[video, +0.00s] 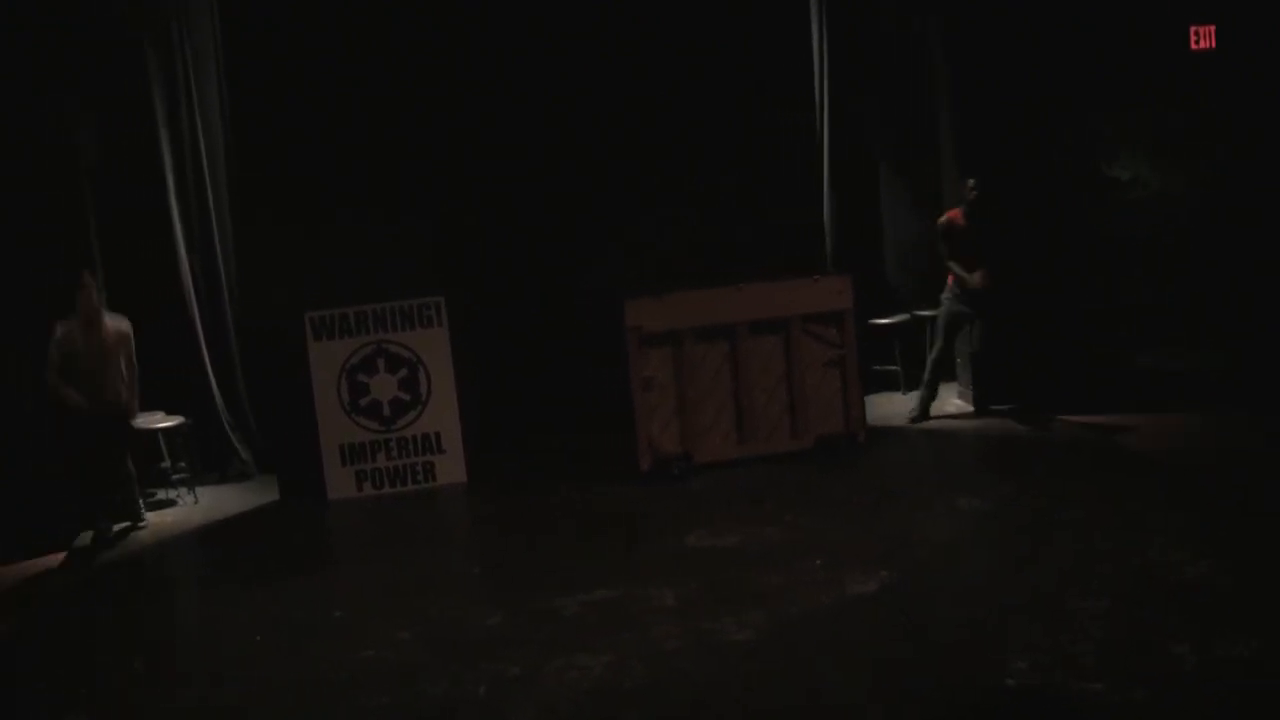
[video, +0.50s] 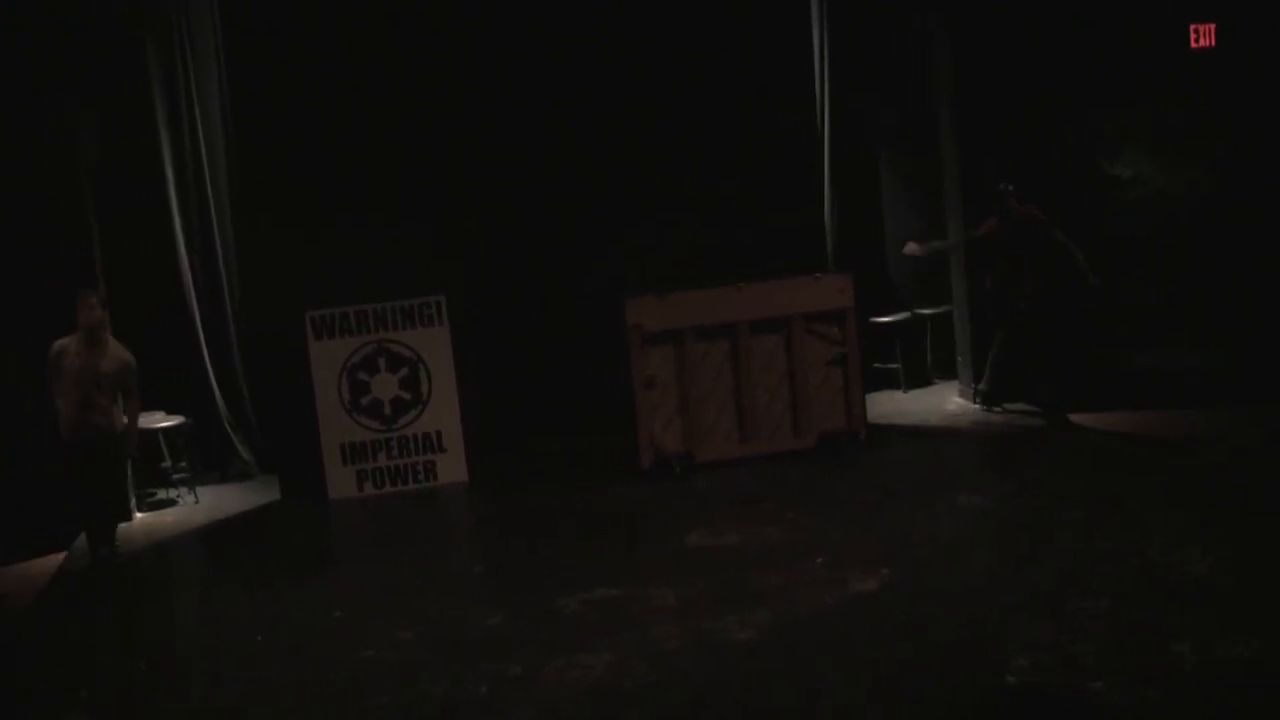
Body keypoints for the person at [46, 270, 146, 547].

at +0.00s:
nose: (88, 297)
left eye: (91, 290)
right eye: (83, 291)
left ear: (100, 294)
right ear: (76, 297)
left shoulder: (121, 327)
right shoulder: (66, 331)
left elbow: (131, 366)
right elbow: (55, 373)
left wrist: (132, 399)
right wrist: (71, 397)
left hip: (116, 405)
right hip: (84, 408)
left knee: (121, 460)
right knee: (92, 465)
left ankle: (134, 511)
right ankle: (100, 521)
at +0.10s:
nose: (90, 272)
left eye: (94, 266)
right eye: (84, 266)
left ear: (101, 269)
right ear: (75, 271)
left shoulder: (119, 304)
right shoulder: (58, 308)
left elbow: (126, 342)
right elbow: (51, 350)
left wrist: (129, 376)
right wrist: (59, 382)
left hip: (113, 388)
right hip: (76, 391)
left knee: (115, 452)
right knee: (82, 453)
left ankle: (120, 515)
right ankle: (85, 518)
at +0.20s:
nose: (89, 265)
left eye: (93, 258)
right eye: (82, 259)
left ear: (101, 261)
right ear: (74, 264)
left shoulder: (118, 297)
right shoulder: (57, 299)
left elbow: (124, 339)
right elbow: (47, 340)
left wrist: (125, 373)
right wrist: (52, 373)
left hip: (110, 384)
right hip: (72, 385)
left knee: (113, 450)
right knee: (77, 450)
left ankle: (116, 514)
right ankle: (79, 515)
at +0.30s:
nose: (88, 266)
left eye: (93, 259)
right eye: (82, 259)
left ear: (101, 262)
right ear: (73, 264)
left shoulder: (118, 301)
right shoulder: (57, 300)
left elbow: (122, 344)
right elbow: (46, 340)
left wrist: (122, 380)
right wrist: (50, 374)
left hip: (106, 386)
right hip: (69, 388)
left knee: (111, 454)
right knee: (74, 453)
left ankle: (115, 518)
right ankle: (76, 519)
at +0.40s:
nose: (90, 285)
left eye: (94, 278)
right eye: (84, 279)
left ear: (102, 281)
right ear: (77, 281)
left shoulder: (119, 321)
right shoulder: (59, 317)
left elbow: (124, 366)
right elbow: (48, 357)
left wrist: (122, 402)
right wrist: (54, 391)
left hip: (105, 402)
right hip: (70, 403)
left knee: (109, 468)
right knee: (79, 468)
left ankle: (110, 541)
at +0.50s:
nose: (89, 315)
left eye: (94, 309)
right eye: (84, 309)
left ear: (105, 313)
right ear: (78, 314)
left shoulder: (120, 356)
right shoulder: (62, 351)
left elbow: (131, 397)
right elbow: (56, 389)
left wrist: (130, 429)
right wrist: (64, 421)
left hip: (109, 431)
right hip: (74, 430)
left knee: (110, 488)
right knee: (85, 488)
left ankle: (109, 545)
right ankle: (94, 548)